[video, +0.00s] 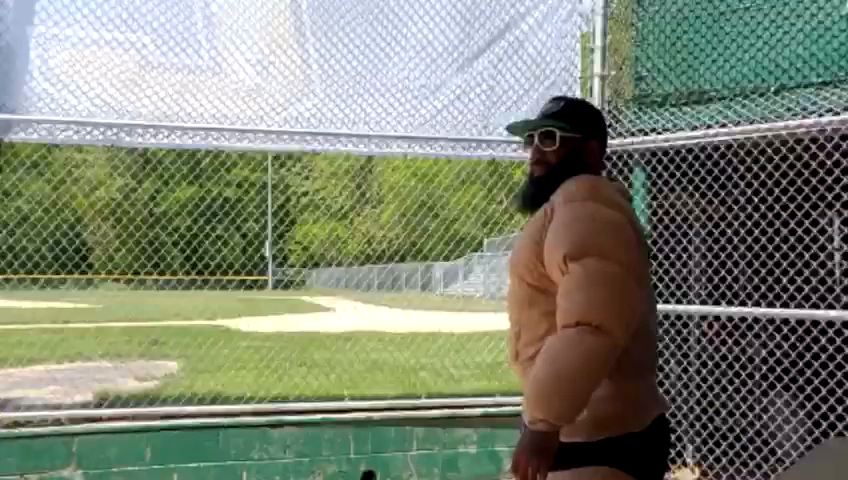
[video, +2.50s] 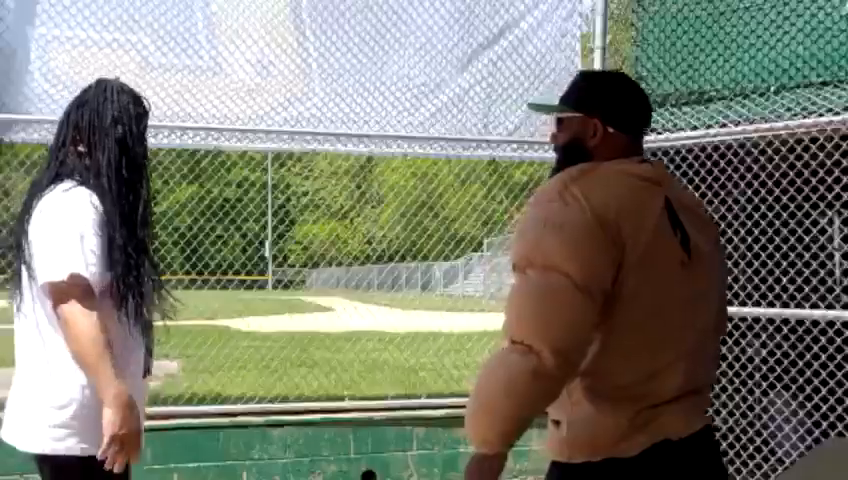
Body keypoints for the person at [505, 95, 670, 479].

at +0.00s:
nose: (534, 151)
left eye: (550, 138)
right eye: (531, 140)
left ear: (589, 149)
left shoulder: (585, 202)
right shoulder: (570, 202)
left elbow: (593, 322)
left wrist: (542, 424)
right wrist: (543, 421)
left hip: (602, 439)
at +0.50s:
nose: (532, 154)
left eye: (545, 141)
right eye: (530, 144)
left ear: (588, 152)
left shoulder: (584, 204)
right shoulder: (576, 203)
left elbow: (595, 324)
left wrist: (550, 425)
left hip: (606, 438)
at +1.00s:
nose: (525, 150)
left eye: (539, 137)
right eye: (527, 138)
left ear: (581, 149)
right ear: (583, 152)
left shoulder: (572, 205)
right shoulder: (596, 200)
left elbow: (577, 330)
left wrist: (530, 434)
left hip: (595, 441)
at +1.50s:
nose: (517, 146)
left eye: (529, 132)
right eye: (520, 133)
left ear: (567, 141)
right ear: (570, 143)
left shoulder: (558, 206)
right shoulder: (605, 198)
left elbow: (547, 336)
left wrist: (477, 432)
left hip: (591, 455)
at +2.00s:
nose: (511, 135)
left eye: (522, 122)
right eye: (515, 122)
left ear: (558, 131)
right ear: (567, 132)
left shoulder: (547, 202)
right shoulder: (630, 196)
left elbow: (536, 347)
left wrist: (487, 457)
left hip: (586, 456)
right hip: (660, 440)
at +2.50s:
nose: (553, 137)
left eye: (562, 123)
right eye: (555, 124)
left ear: (596, 129)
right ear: (632, 133)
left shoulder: (577, 200)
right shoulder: (684, 202)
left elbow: (542, 343)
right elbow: (706, 327)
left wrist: (489, 445)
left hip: (603, 455)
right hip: (692, 441)